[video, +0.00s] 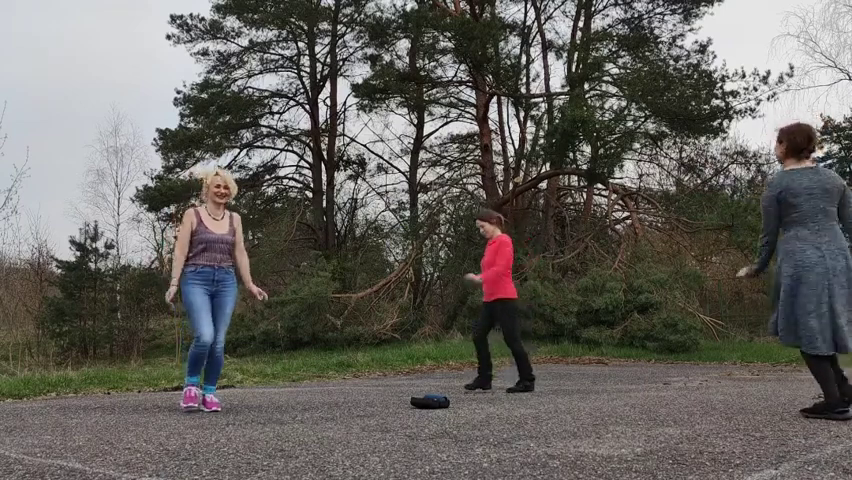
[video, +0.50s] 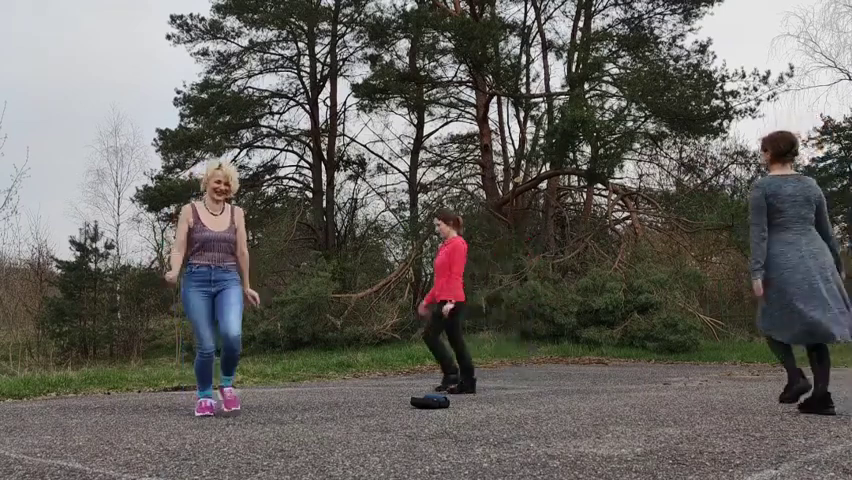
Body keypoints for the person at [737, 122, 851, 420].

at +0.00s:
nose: (775, 148)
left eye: (777, 144)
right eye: (776, 143)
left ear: (785, 147)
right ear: (808, 147)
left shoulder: (777, 182)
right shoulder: (834, 179)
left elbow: (769, 235)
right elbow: (847, 225)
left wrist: (759, 266)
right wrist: (844, 249)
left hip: (801, 260)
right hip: (837, 257)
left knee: (804, 330)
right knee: (824, 326)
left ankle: (833, 401)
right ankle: (840, 383)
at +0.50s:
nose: (762, 156)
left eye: (763, 152)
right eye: (762, 151)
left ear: (770, 154)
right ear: (792, 154)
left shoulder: (762, 186)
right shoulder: (811, 185)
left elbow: (759, 233)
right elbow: (826, 231)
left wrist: (756, 272)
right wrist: (836, 266)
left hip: (782, 262)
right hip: (817, 260)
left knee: (770, 324)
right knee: (815, 326)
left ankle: (795, 377)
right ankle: (822, 396)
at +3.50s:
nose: (716, 202)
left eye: (716, 197)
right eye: (715, 198)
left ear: (725, 194)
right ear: (739, 192)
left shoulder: (728, 217)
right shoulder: (764, 214)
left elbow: (715, 243)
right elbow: (786, 244)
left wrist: (697, 266)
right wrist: (810, 269)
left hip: (742, 280)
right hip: (768, 278)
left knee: (730, 333)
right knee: (763, 332)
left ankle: (751, 364)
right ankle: (770, 388)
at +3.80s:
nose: (710, 206)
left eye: (710, 202)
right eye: (708, 202)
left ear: (718, 198)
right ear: (732, 196)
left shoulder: (720, 221)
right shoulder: (755, 217)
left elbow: (693, 240)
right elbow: (777, 236)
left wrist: (660, 242)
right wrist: (797, 241)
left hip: (729, 283)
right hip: (756, 281)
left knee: (731, 334)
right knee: (757, 333)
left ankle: (735, 384)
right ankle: (769, 386)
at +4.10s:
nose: (698, 208)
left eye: (698, 202)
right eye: (697, 203)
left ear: (707, 200)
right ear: (716, 198)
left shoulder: (706, 224)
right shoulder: (740, 219)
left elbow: (681, 244)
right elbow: (764, 239)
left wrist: (650, 250)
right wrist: (791, 250)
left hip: (714, 283)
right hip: (739, 280)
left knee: (722, 334)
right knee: (746, 330)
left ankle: (733, 384)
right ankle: (762, 379)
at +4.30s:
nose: (692, 211)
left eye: (693, 206)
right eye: (691, 206)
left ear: (702, 203)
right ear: (710, 202)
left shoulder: (704, 225)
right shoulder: (734, 222)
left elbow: (679, 244)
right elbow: (756, 245)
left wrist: (647, 252)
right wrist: (782, 262)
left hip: (714, 285)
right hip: (735, 282)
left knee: (716, 333)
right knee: (732, 326)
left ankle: (734, 385)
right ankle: (714, 352)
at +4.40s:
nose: (689, 212)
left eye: (690, 207)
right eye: (689, 208)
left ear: (697, 204)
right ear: (709, 203)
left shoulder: (701, 224)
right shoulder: (731, 223)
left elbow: (675, 243)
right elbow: (752, 248)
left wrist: (644, 248)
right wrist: (775, 264)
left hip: (713, 281)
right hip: (733, 280)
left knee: (717, 332)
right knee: (708, 319)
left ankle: (733, 383)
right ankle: (689, 350)